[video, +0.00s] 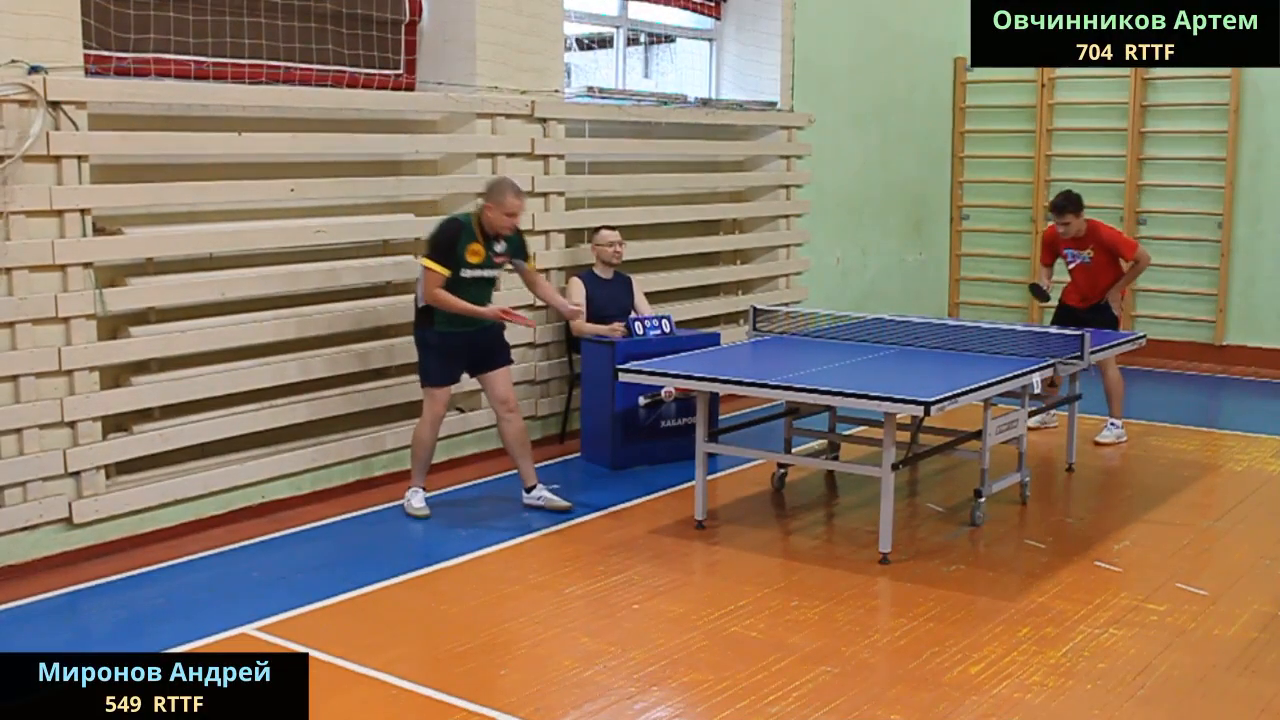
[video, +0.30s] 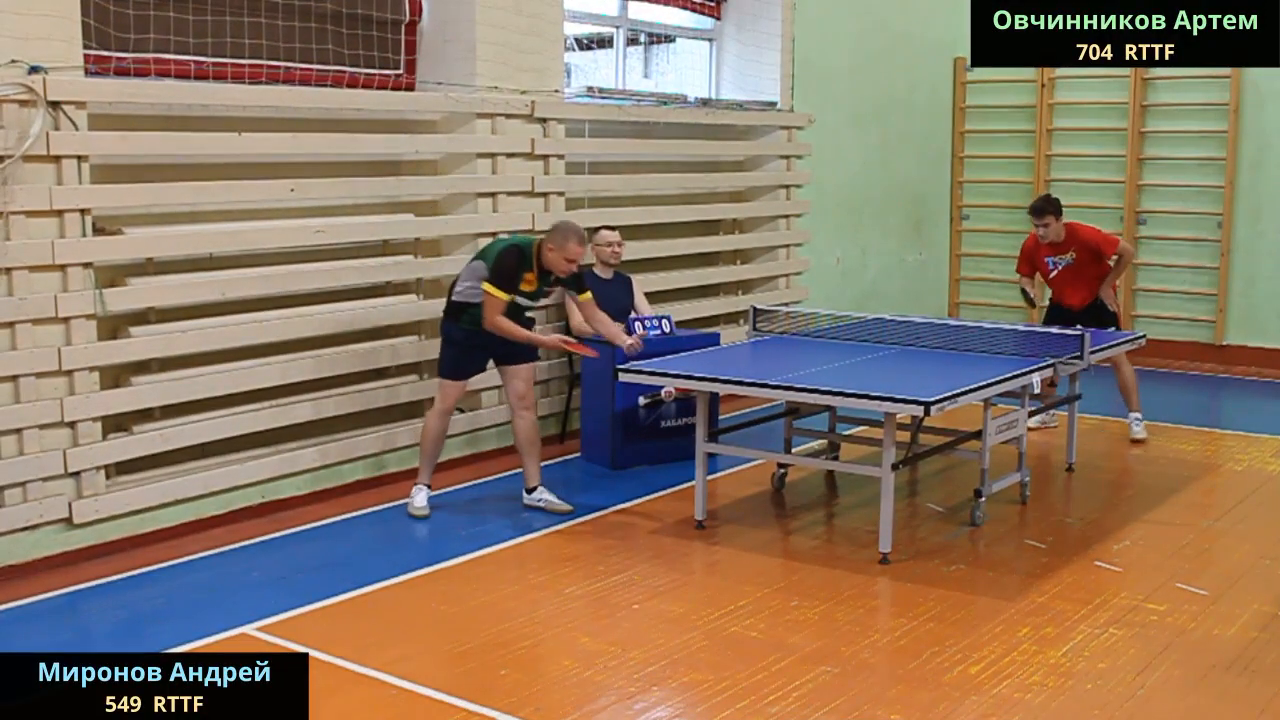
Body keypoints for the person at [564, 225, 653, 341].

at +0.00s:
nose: (618, 250)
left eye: (620, 245)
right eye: (611, 245)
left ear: (623, 247)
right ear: (594, 250)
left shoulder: (628, 282)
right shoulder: (578, 283)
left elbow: (650, 318)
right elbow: (577, 327)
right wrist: (607, 330)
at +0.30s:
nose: (616, 250)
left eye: (620, 245)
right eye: (609, 245)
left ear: (623, 247)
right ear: (594, 250)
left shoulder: (627, 282)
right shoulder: (577, 281)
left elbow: (649, 317)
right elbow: (577, 327)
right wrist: (611, 330)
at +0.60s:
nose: (615, 251)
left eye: (619, 245)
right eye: (609, 245)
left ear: (623, 247)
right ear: (596, 248)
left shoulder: (628, 281)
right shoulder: (580, 283)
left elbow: (649, 317)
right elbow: (576, 327)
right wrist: (613, 330)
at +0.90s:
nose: (615, 250)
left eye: (618, 245)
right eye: (607, 245)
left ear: (623, 247)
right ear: (594, 249)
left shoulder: (628, 282)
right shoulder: (577, 281)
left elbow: (649, 318)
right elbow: (576, 327)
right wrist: (604, 332)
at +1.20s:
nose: (614, 250)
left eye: (618, 245)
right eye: (607, 245)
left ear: (622, 247)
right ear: (594, 249)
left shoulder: (628, 281)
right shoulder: (578, 282)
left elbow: (649, 318)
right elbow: (577, 327)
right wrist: (605, 330)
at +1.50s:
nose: (614, 250)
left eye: (618, 245)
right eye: (607, 245)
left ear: (622, 248)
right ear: (593, 249)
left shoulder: (629, 282)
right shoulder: (578, 283)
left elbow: (649, 319)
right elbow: (576, 327)